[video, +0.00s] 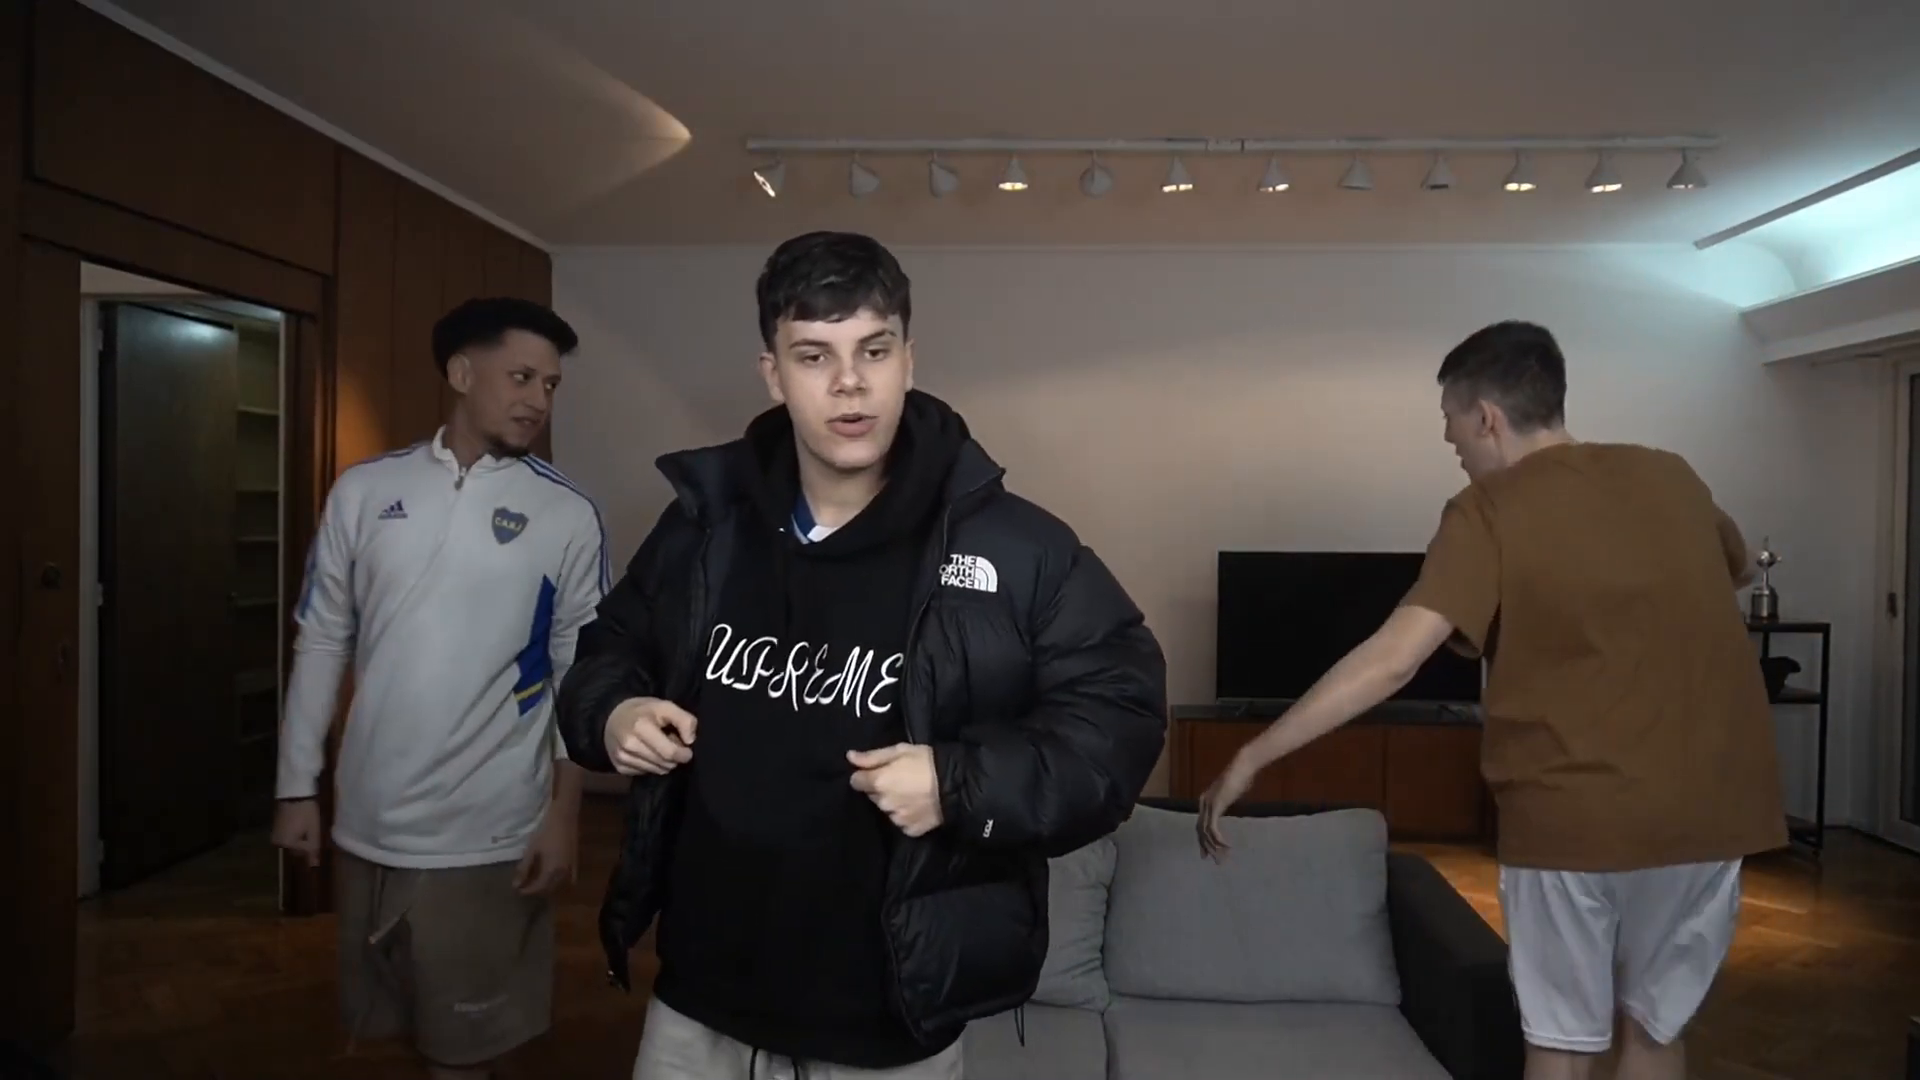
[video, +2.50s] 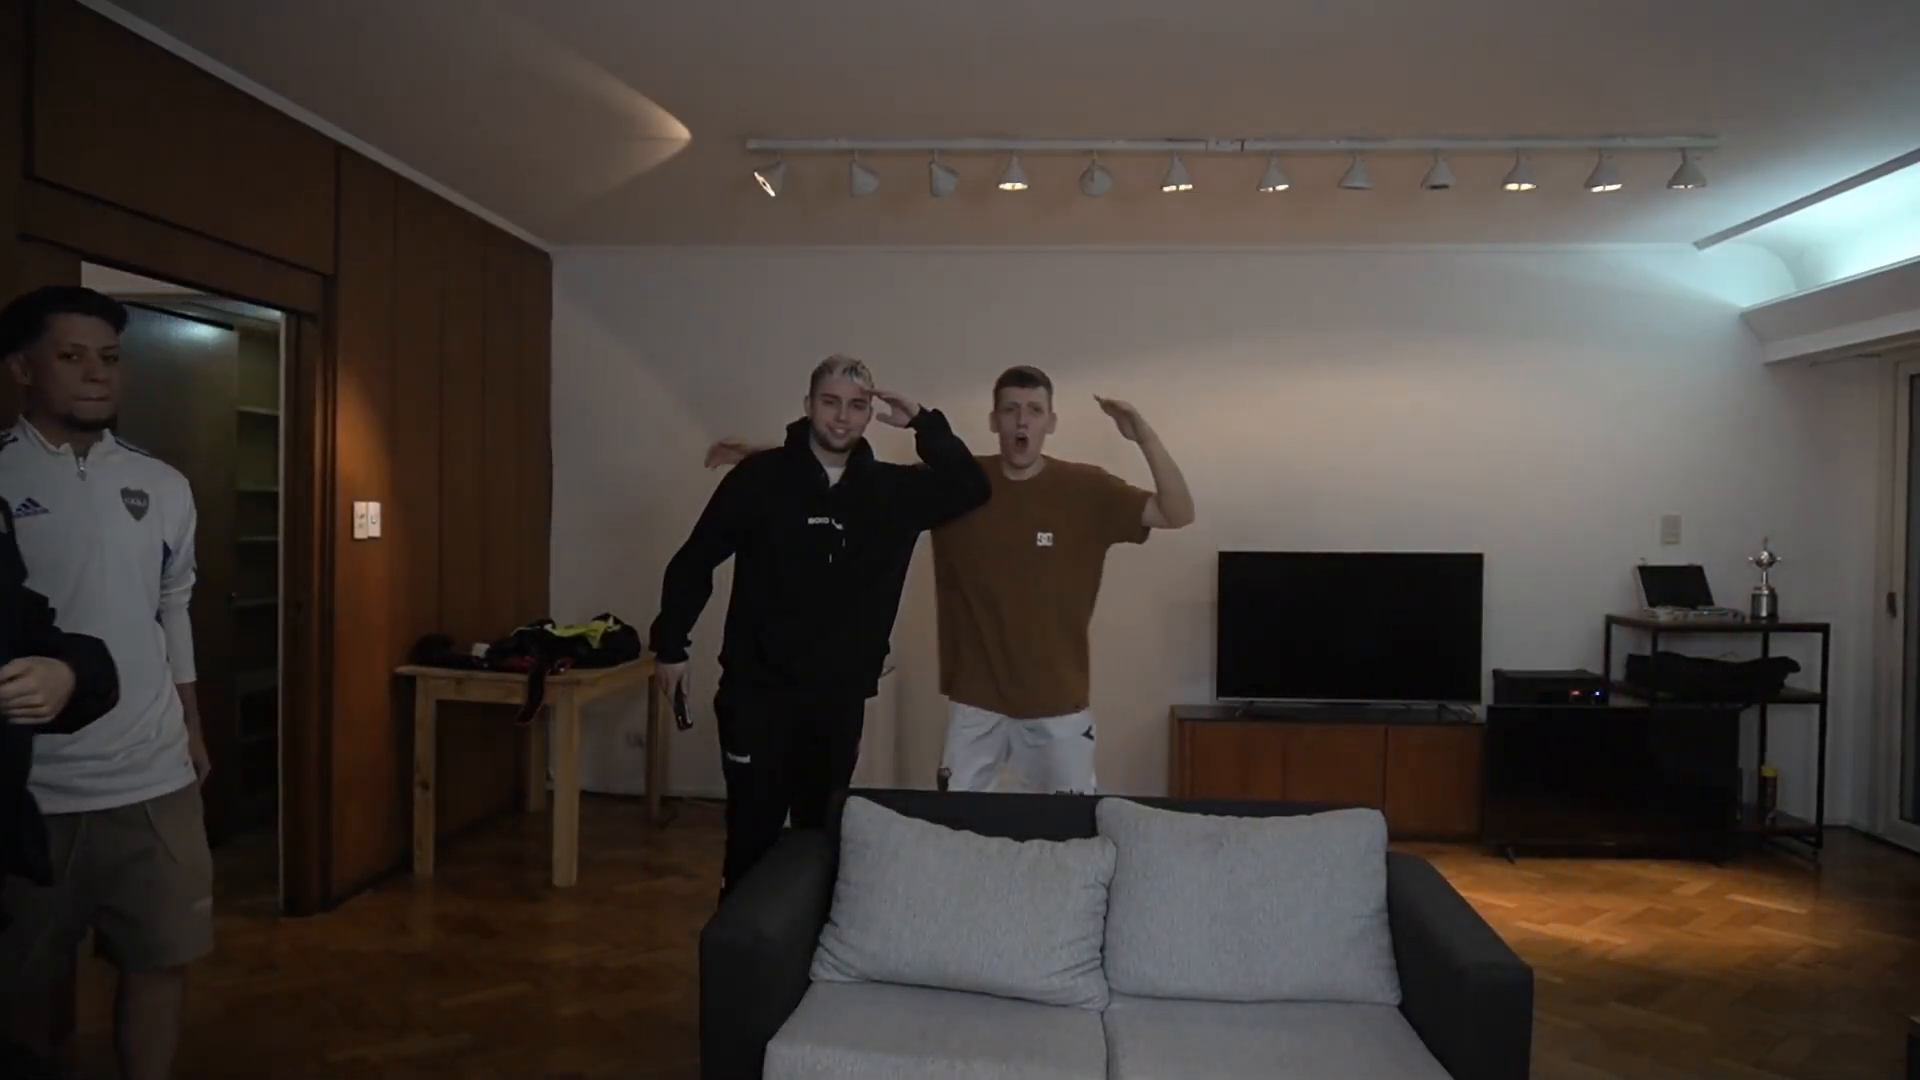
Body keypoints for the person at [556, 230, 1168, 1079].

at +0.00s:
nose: (849, 384)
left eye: (875, 352)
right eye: (816, 357)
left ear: (909, 358)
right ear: (773, 373)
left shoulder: (1014, 553)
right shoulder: (704, 527)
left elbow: (1121, 719)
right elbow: (601, 661)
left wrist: (965, 780)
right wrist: (612, 714)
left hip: (891, 1018)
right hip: (705, 999)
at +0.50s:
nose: (802, 383)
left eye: (828, 354)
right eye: (770, 354)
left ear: (858, 366)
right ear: (721, 366)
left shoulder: (927, 545)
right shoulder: (610, 532)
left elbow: (1016, 724)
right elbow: (478, 697)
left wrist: (975, 757)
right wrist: (610, 749)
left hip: (850, 1009)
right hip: (650, 1009)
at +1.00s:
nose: (543, 392)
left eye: (564, 363)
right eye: (503, 364)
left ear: (587, 371)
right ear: (446, 377)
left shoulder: (612, 545)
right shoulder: (337, 566)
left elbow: (664, 682)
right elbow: (248, 772)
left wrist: (714, 726)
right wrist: (484, 788)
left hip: (615, 1002)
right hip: (425, 1022)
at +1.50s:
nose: (356, 387)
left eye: (374, 360)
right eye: (317, 360)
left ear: (394, 373)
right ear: (251, 377)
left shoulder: (404, 526)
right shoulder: (160, 545)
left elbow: (449, 674)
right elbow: (81, 752)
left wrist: (511, 701)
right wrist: (328, 751)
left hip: (390, 969)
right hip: (247, 994)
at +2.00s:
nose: (108, 368)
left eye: (129, 340)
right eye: (67, 341)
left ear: (158, 354)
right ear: (9, 360)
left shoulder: (178, 481)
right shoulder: (9, 493)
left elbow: (233, 652)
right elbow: (15, 716)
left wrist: (313, 674)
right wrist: (101, 730)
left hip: (204, 927)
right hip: (49, 947)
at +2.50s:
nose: (97, 370)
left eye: (108, 356)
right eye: (73, 356)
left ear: (121, 370)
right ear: (24, 370)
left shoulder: (164, 487)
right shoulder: (5, 481)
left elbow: (175, 613)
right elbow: (8, 620)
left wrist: (188, 726)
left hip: (154, 779)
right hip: (37, 787)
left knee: (159, 970)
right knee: (33, 989)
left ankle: (151, 1074)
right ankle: (40, 1074)